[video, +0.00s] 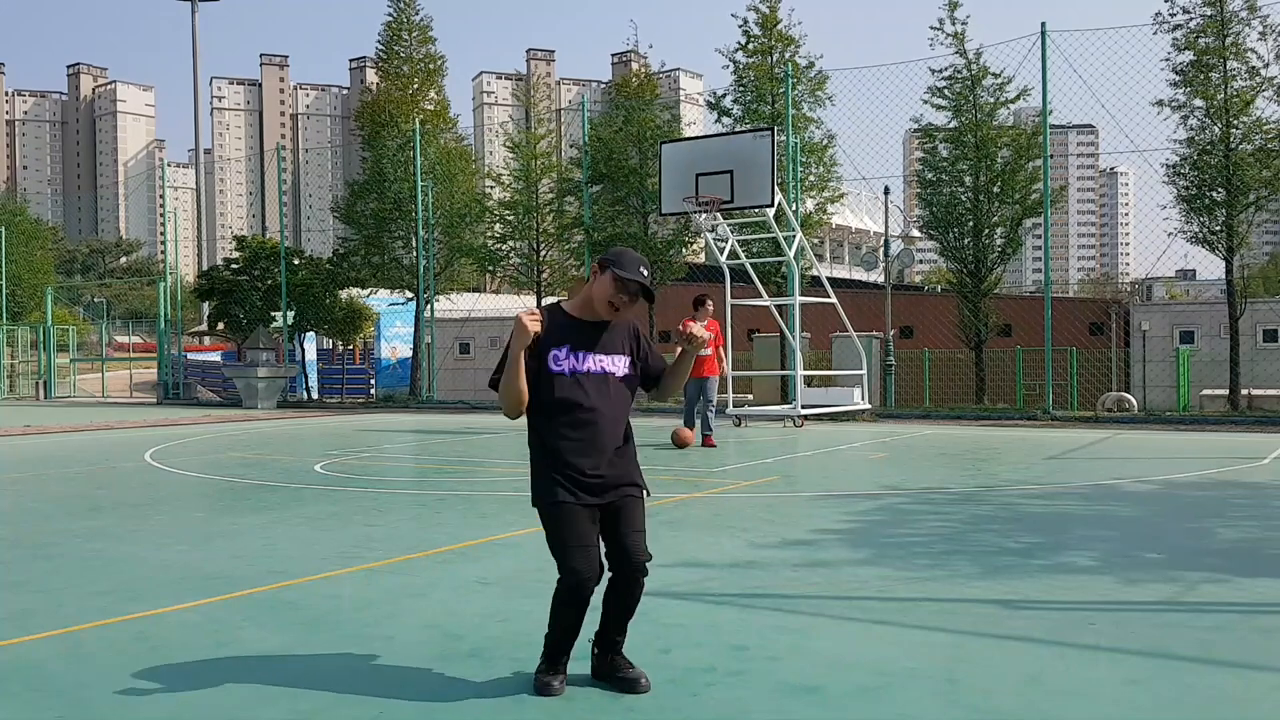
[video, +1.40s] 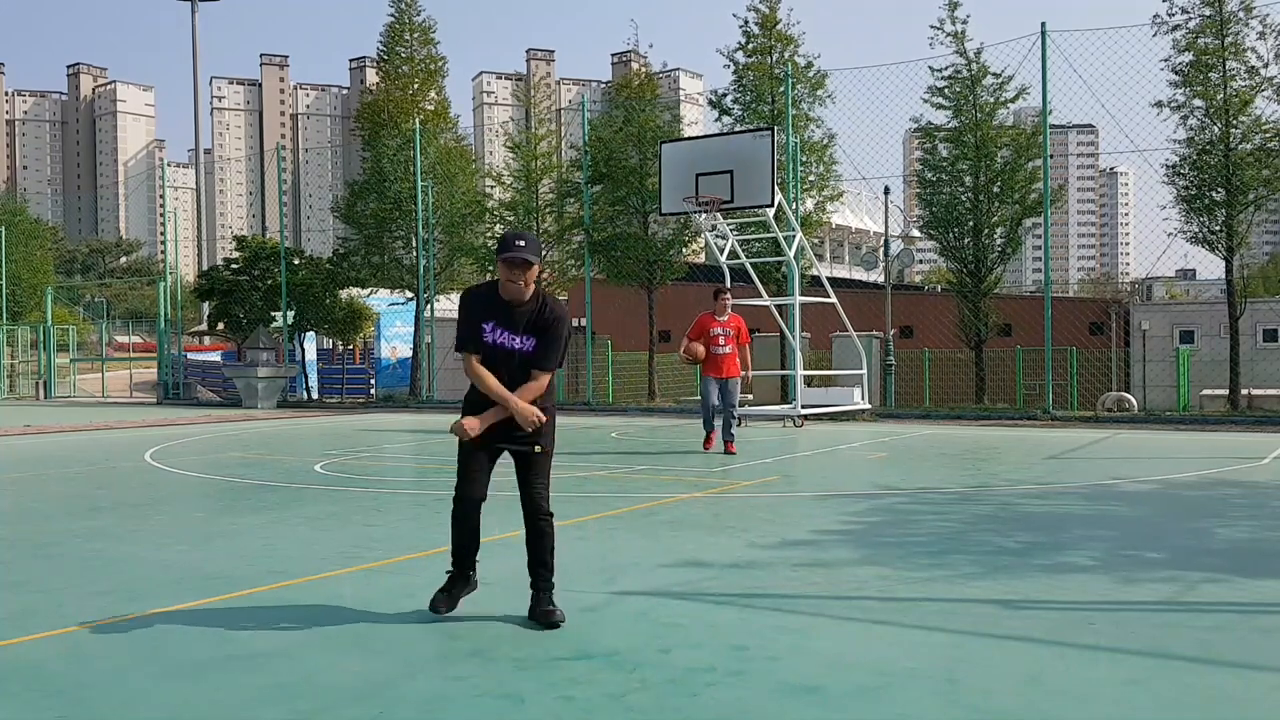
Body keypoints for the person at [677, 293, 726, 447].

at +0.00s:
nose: (712, 308)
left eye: (712, 305)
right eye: (709, 305)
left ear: (711, 308)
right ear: (699, 307)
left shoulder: (714, 325)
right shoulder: (687, 324)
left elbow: (719, 345)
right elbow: (679, 344)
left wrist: (724, 362)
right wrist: (677, 363)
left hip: (711, 370)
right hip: (692, 370)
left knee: (710, 403)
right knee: (690, 403)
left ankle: (707, 435)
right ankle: (689, 433)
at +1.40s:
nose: (726, 302)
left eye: (728, 299)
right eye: (723, 299)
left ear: (732, 301)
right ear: (716, 302)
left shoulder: (738, 321)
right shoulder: (704, 319)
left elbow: (744, 346)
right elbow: (688, 337)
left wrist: (749, 368)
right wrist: (681, 351)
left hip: (732, 372)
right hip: (710, 371)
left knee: (731, 407)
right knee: (710, 404)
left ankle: (729, 440)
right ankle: (709, 431)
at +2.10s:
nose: (688, 304)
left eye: (690, 301)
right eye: (689, 301)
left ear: (699, 302)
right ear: (697, 303)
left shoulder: (716, 319)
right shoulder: (692, 322)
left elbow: (724, 343)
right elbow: (689, 345)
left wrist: (710, 362)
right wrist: (680, 356)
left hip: (712, 371)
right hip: (693, 372)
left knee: (718, 407)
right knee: (695, 410)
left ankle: (727, 436)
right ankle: (701, 445)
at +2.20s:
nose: (683, 304)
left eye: (685, 301)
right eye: (683, 301)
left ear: (693, 302)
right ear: (693, 302)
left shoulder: (710, 318)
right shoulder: (689, 322)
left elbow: (717, 343)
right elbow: (690, 343)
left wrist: (699, 361)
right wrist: (680, 353)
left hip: (707, 371)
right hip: (691, 372)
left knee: (710, 405)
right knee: (693, 411)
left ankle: (724, 433)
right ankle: (701, 445)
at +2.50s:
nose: (672, 305)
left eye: (673, 301)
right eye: (672, 301)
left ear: (679, 301)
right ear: (687, 300)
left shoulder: (689, 316)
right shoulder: (694, 316)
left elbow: (690, 341)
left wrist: (673, 359)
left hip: (691, 372)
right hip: (698, 372)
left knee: (680, 406)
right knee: (694, 408)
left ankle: (685, 446)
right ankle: (702, 445)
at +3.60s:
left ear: (657, 304)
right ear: (671, 302)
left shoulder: (653, 320)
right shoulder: (685, 318)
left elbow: (648, 346)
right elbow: (695, 343)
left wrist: (651, 366)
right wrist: (683, 355)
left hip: (666, 368)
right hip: (687, 367)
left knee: (667, 411)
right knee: (688, 410)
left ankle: (672, 449)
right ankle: (691, 449)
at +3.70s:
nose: (671, 304)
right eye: (671, 301)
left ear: (656, 303)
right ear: (672, 302)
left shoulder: (654, 319)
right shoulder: (685, 318)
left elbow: (652, 345)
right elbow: (695, 343)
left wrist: (655, 363)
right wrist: (682, 352)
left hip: (666, 368)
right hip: (687, 367)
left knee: (667, 410)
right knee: (688, 410)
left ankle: (672, 449)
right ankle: (690, 449)